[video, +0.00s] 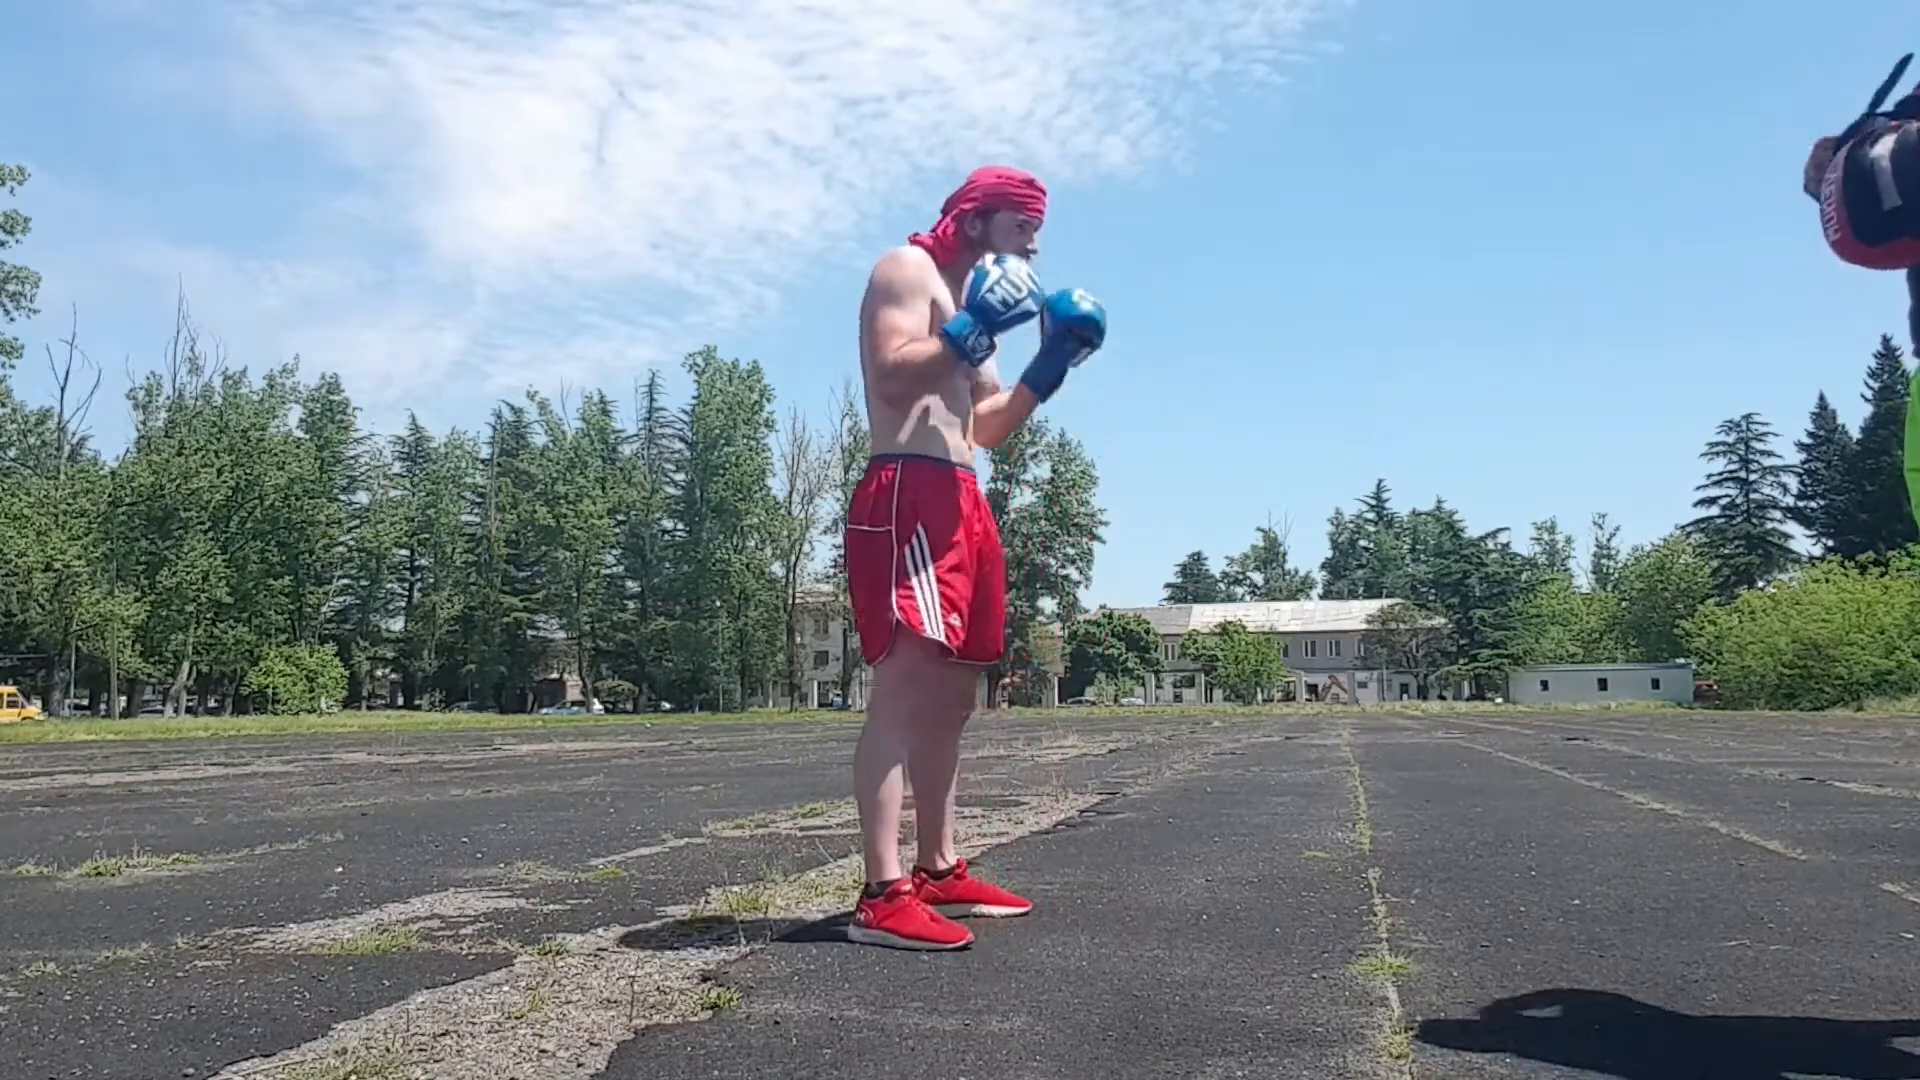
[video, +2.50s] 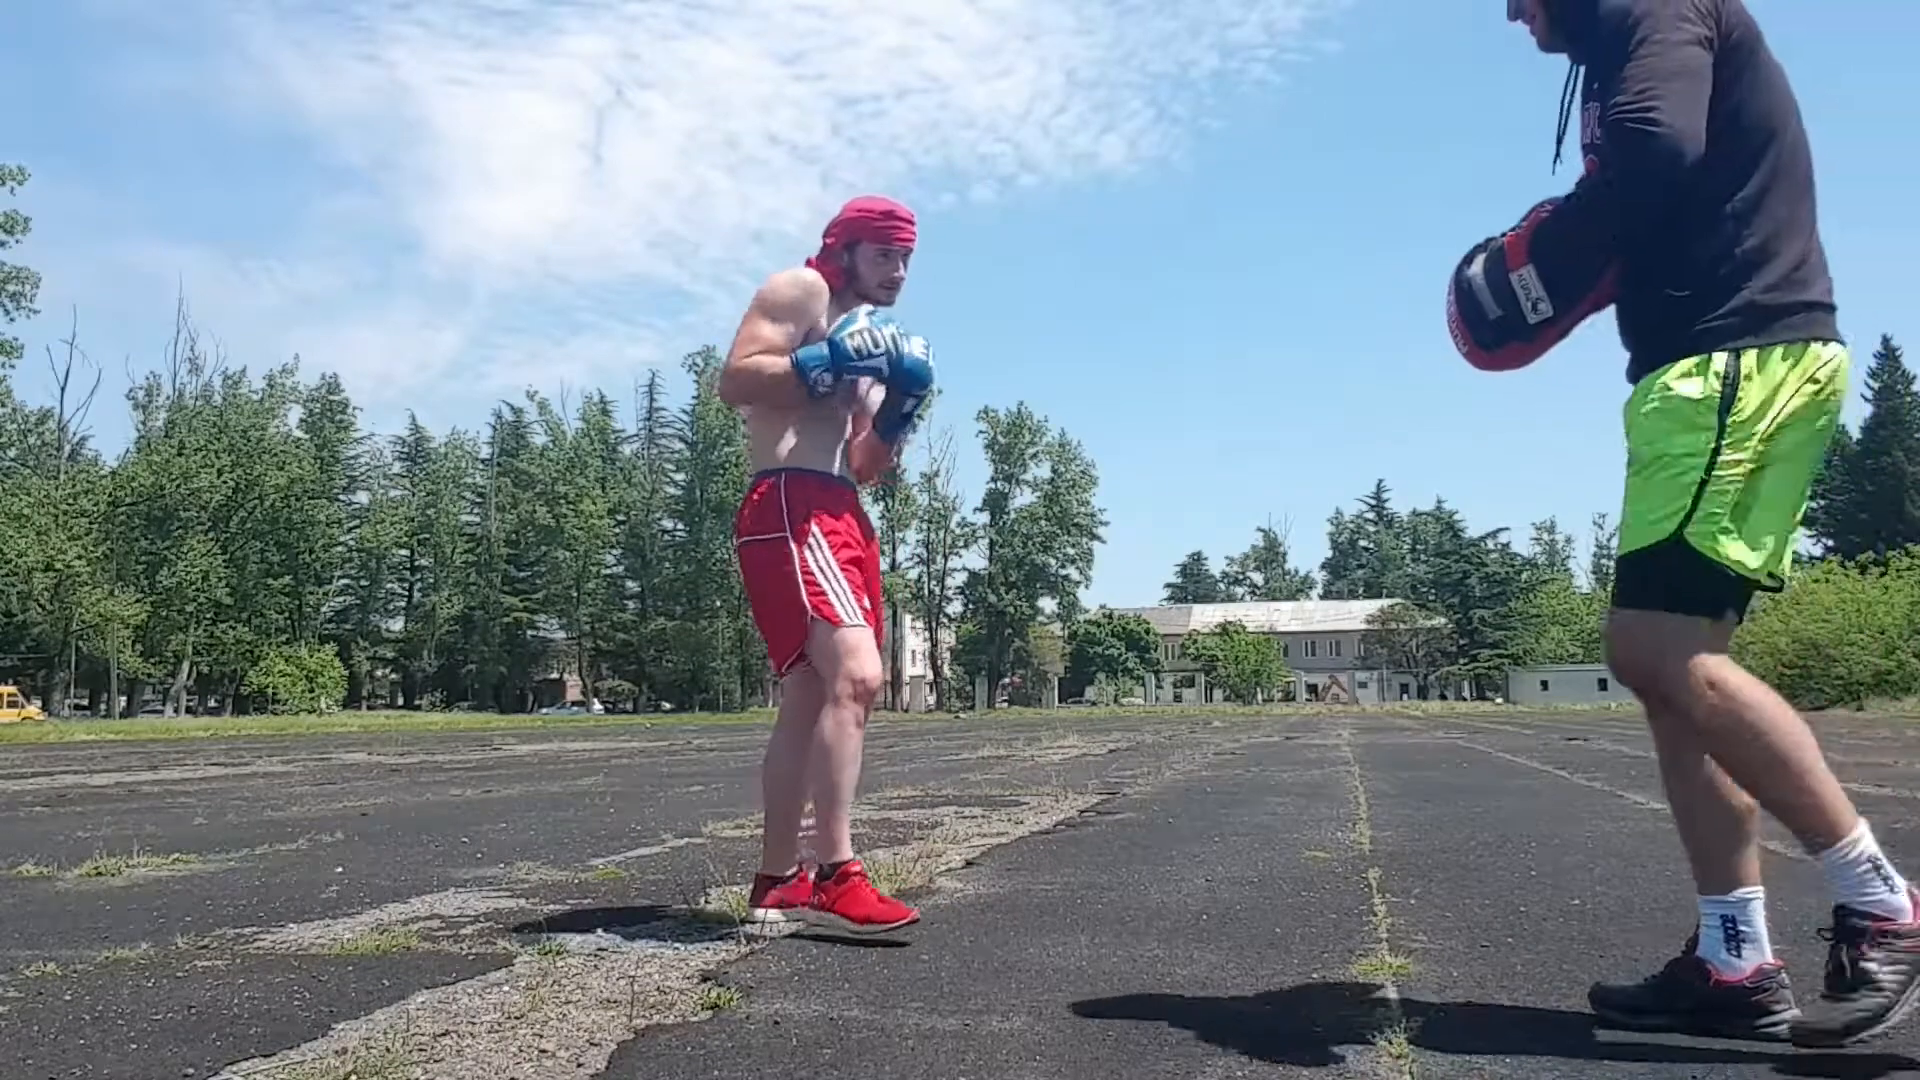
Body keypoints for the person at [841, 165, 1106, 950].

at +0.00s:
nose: (1031, 247)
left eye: (1036, 235)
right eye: (1023, 229)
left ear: (1010, 235)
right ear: (975, 219)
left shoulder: (979, 307)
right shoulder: (908, 267)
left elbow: (986, 428)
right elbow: (891, 370)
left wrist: (1049, 368)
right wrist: (970, 333)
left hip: (966, 502)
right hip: (908, 494)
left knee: (950, 695)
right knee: (901, 689)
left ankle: (937, 871)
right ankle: (884, 890)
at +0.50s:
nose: (999, 251)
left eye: (1004, 238)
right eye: (992, 233)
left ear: (970, 233)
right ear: (945, 218)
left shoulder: (932, 294)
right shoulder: (872, 264)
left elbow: (936, 417)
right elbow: (855, 376)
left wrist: (1006, 362)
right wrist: (938, 327)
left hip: (920, 495)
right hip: (878, 493)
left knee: (915, 683)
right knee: (886, 682)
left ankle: (860, 849)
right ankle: (882, 886)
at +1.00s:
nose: (938, 264)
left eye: (944, 251)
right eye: (925, 249)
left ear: (941, 257)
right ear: (880, 245)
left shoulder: (904, 340)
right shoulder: (839, 298)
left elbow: (895, 458)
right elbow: (777, 388)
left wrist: (941, 418)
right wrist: (861, 392)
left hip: (884, 513)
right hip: (842, 509)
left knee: (839, 701)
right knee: (881, 693)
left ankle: (821, 874)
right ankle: (879, 884)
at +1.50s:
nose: (919, 264)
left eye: (923, 252)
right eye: (910, 249)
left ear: (902, 257)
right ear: (865, 244)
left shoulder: (875, 330)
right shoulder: (819, 284)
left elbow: (882, 457)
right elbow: (761, 371)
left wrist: (917, 375)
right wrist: (849, 383)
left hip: (866, 506)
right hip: (816, 500)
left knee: (844, 700)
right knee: (819, 695)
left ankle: (823, 870)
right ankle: (792, 888)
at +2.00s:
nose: (895, 250)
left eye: (901, 237)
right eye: (883, 234)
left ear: (889, 243)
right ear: (836, 227)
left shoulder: (858, 318)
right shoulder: (791, 284)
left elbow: (844, 434)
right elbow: (754, 371)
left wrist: (877, 421)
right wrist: (847, 382)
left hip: (837, 504)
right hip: (785, 502)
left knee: (842, 693)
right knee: (798, 686)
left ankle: (796, 862)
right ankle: (781, 883)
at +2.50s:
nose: (899, 271)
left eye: (906, 259)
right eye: (886, 256)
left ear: (903, 264)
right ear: (842, 252)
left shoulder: (867, 339)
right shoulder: (801, 290)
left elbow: (864, 469)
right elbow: (733, 381)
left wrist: (897, 413)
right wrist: (827, 358)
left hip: (842, 517)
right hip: (792, 508)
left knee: (804, 701)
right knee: (855, 677)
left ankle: (778, 878)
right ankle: (835, 873)